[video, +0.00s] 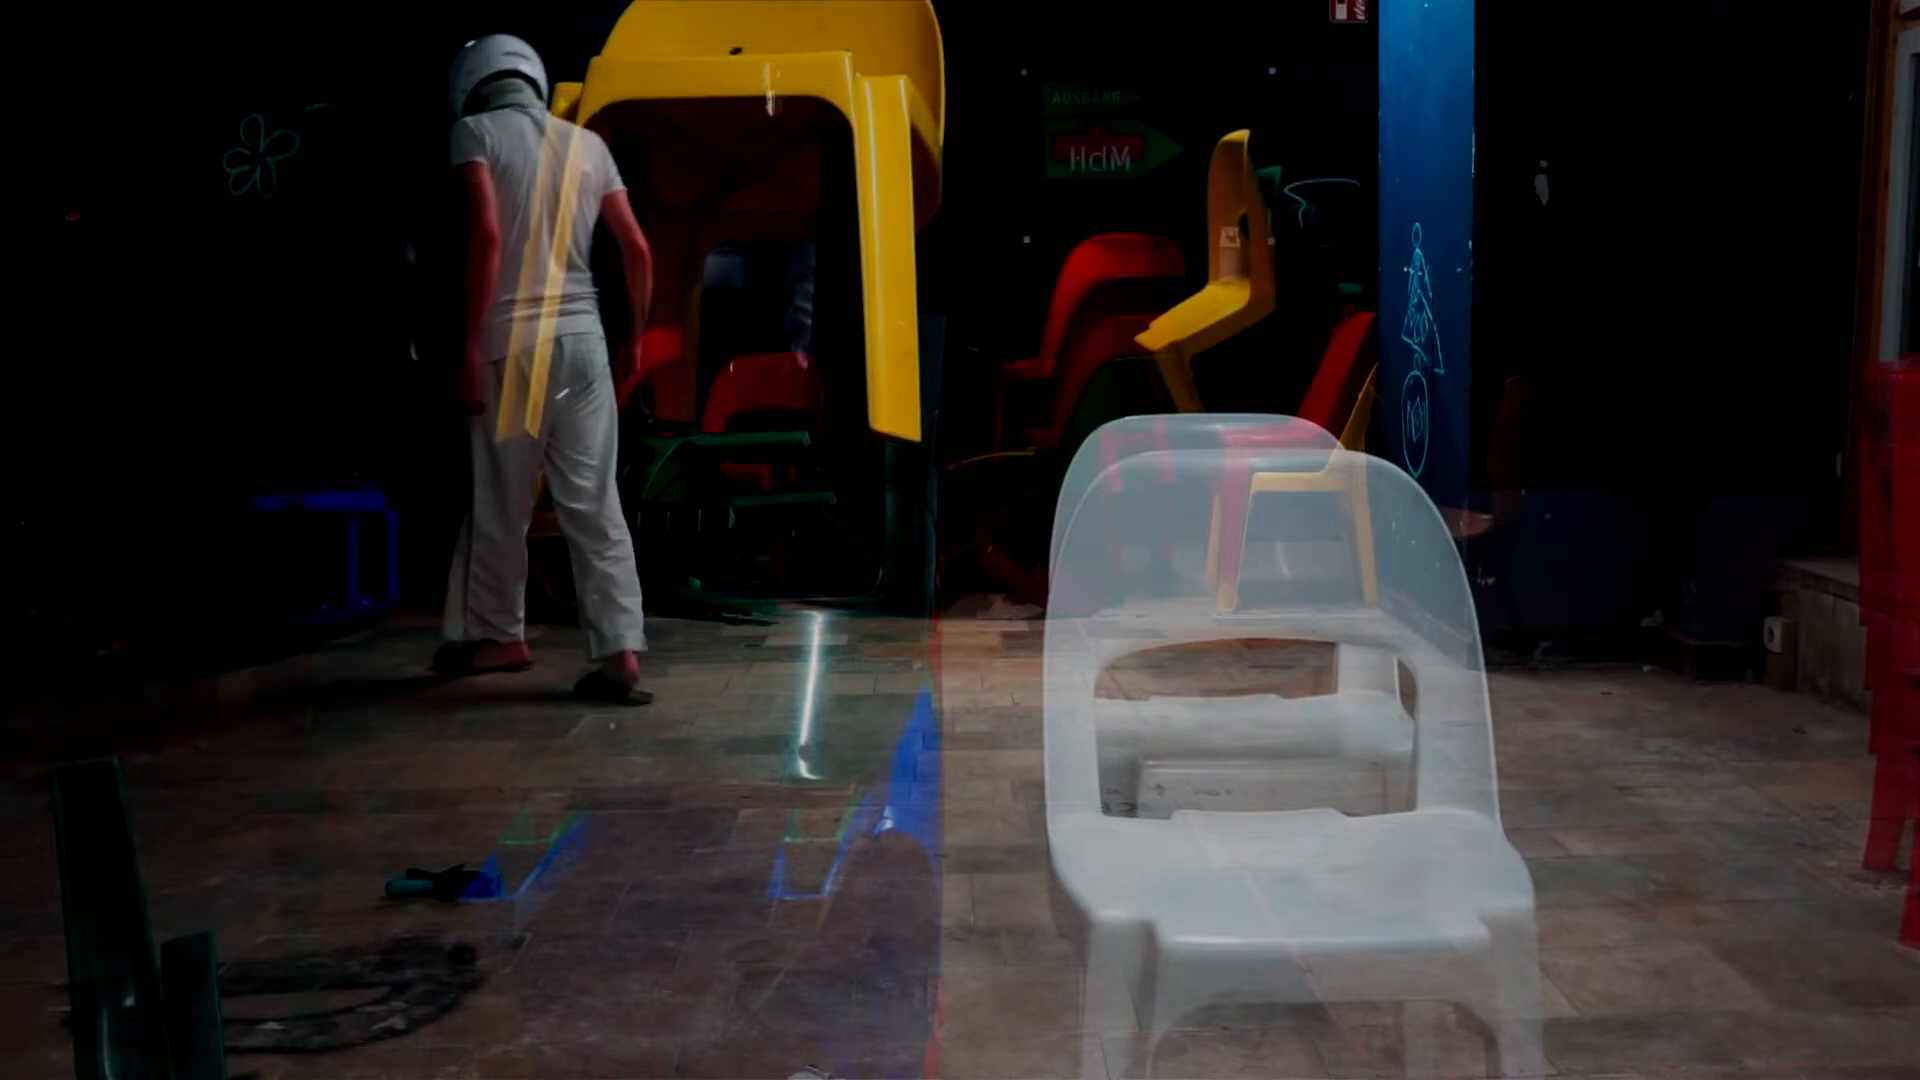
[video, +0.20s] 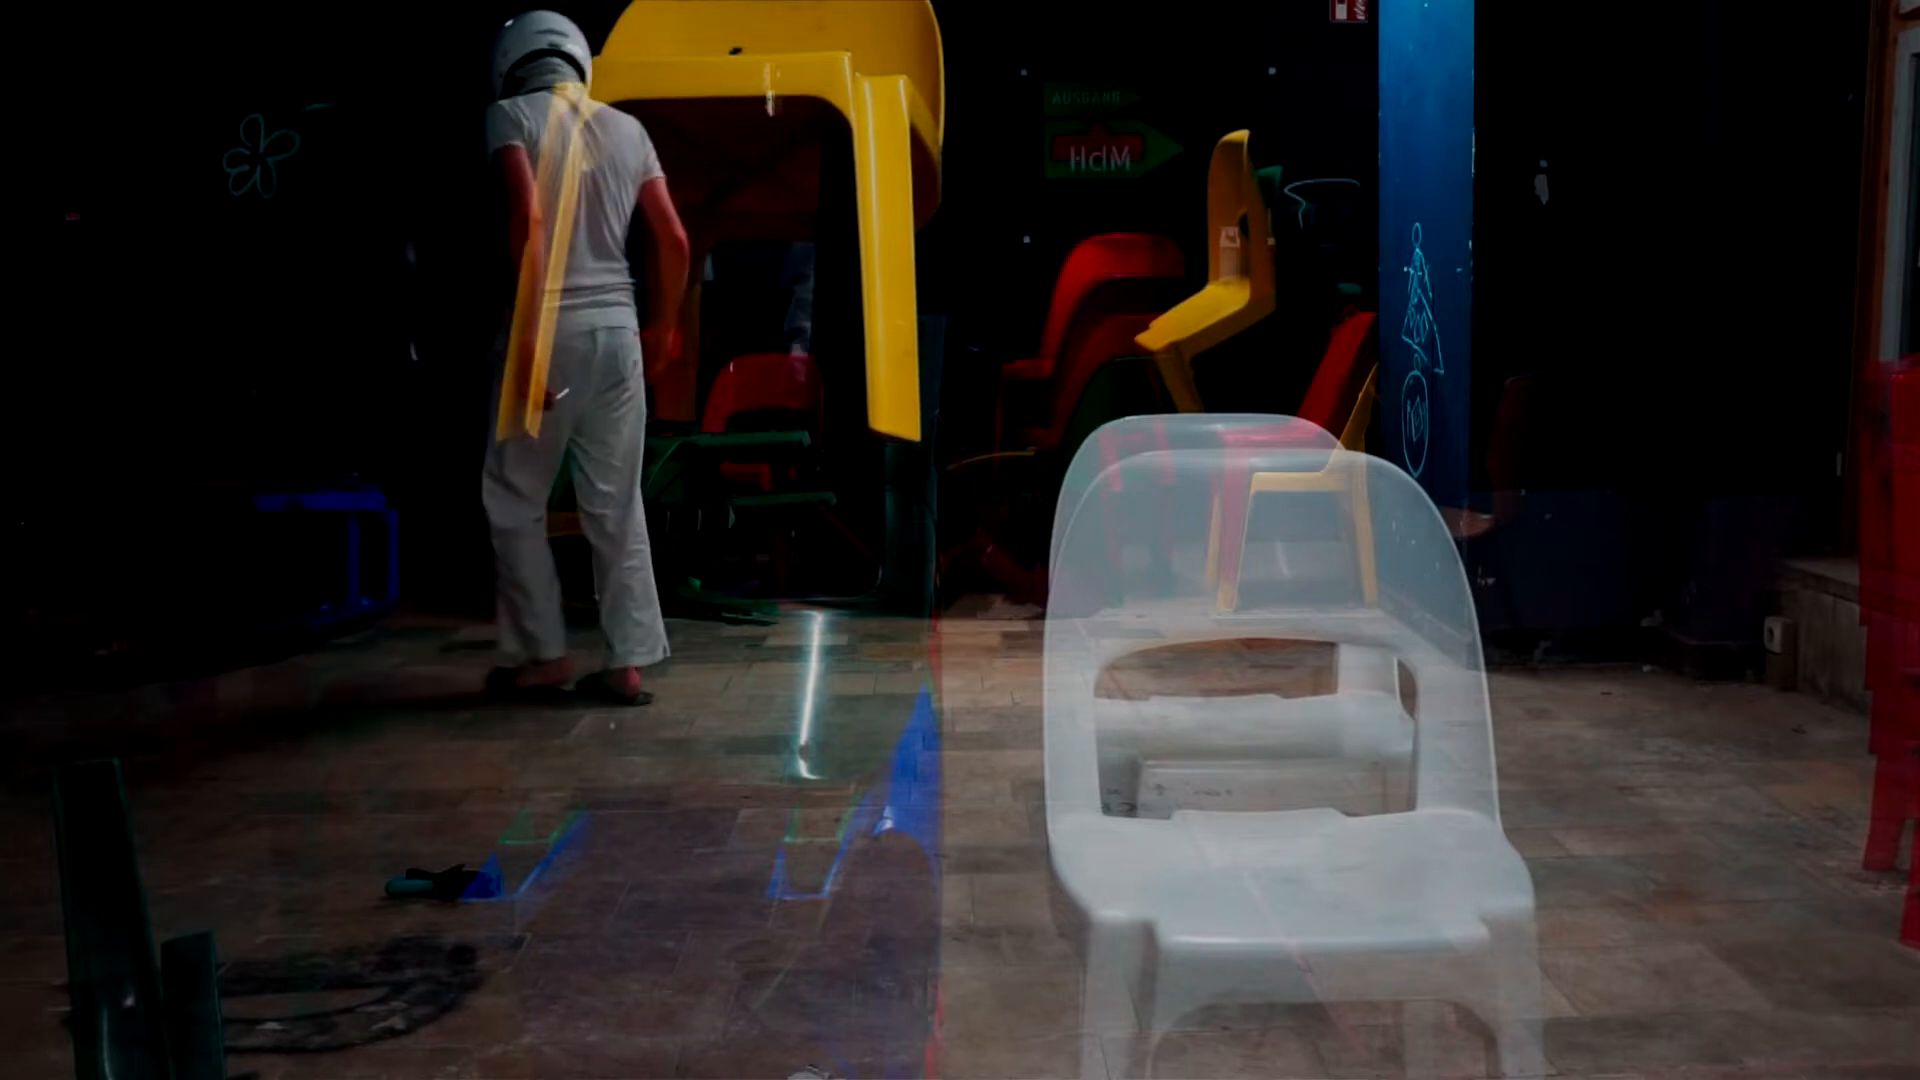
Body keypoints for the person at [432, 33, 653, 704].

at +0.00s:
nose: (464, 101)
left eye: (465, 89)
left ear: (474, 85)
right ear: (536, 85)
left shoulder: (475, 132)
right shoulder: (586, 143)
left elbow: (488, 232)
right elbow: (636, 248)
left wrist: (474, 343)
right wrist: (635, 337)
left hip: (509, 342)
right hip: (583, 337)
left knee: (502, 499)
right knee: (593, 498)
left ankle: (501, 638)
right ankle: (622, 653)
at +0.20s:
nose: (508, 81)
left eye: (508, 68)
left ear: (514, 67)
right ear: (580, 65)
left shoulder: (511, 117)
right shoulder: (625, 128)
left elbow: (527, 209)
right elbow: (672, 238)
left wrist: (527, 326)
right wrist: (664, 322)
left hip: (545, 334)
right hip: (617, 332)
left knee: (514, 496)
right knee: (616, 498)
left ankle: (542, 654)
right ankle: (630, 664)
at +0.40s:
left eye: (539, 65)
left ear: (541, 61)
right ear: (610, 58)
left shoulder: (534, 116)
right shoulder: (656, 126)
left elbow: (539, 227)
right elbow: (705, 252)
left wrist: (523, 336)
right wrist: (704, 344)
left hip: (571, 338)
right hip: (648, 334)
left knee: (562, 498)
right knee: (633, 499)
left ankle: (635, 631)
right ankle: (626, 665)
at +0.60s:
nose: (565, 77)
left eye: (564, 64)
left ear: (573, 58)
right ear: (635, 53)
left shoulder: (565, 117)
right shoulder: (689, 122)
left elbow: (545, 239)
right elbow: (741, 238)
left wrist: (512, 337)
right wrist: (745, 336)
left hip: (604, 335)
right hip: (682, 333)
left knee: (637, 511)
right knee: (656, 509)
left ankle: (699, 698)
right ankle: (615, 667)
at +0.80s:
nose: (599, 64)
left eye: (601, 53)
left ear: (613, 45)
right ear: (672, 42)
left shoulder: (603, 94)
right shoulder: (730, 97)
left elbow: (582, 224)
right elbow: (783, 215)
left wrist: (546, 298)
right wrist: (782, 322)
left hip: (646, 318)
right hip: (725, 314)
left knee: (663, 513)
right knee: (705, 509)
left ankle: (693, 710)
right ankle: (711, 688)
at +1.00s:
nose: (626, 57)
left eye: (632, 46)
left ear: (646, 38)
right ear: (709, 32)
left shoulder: (639, 89)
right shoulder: (775, 91)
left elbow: (641, 226)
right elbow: (835, 214)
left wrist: (613, 350)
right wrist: (831, 325)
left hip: (681, 322)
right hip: (770, 316)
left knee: (678, 527)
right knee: (758, 511)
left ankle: (702, 713)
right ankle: (836, 649)